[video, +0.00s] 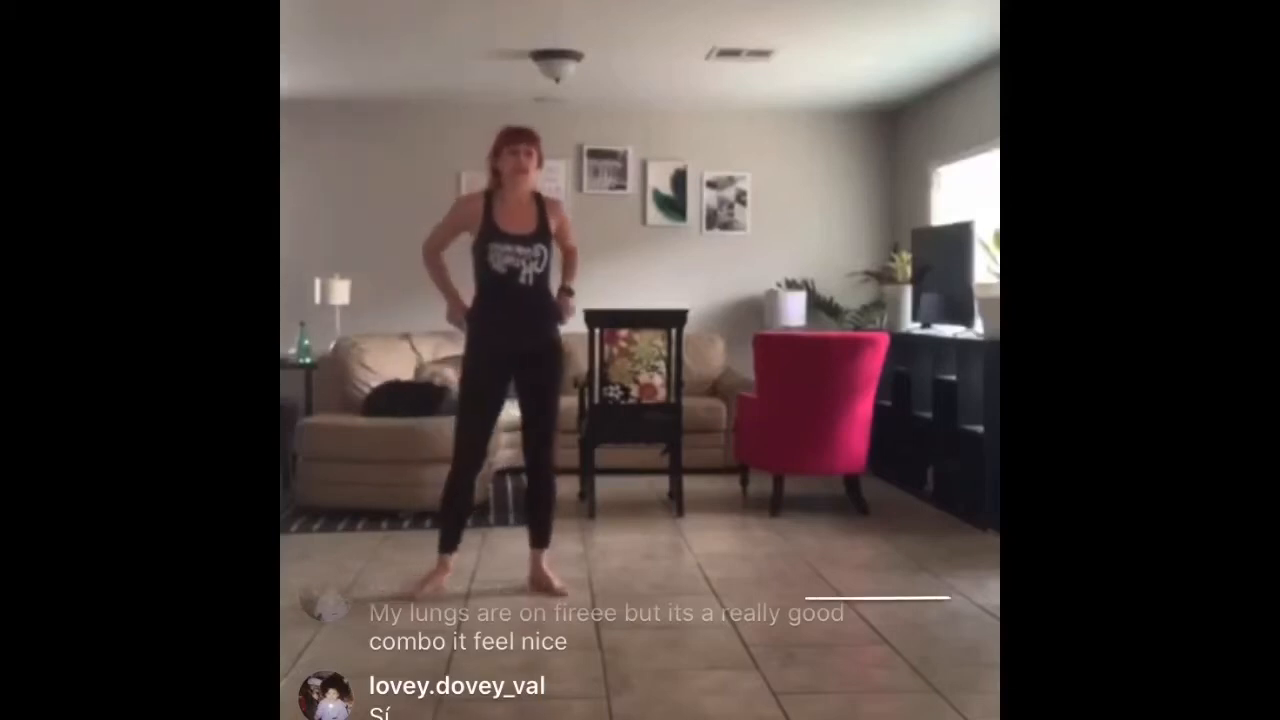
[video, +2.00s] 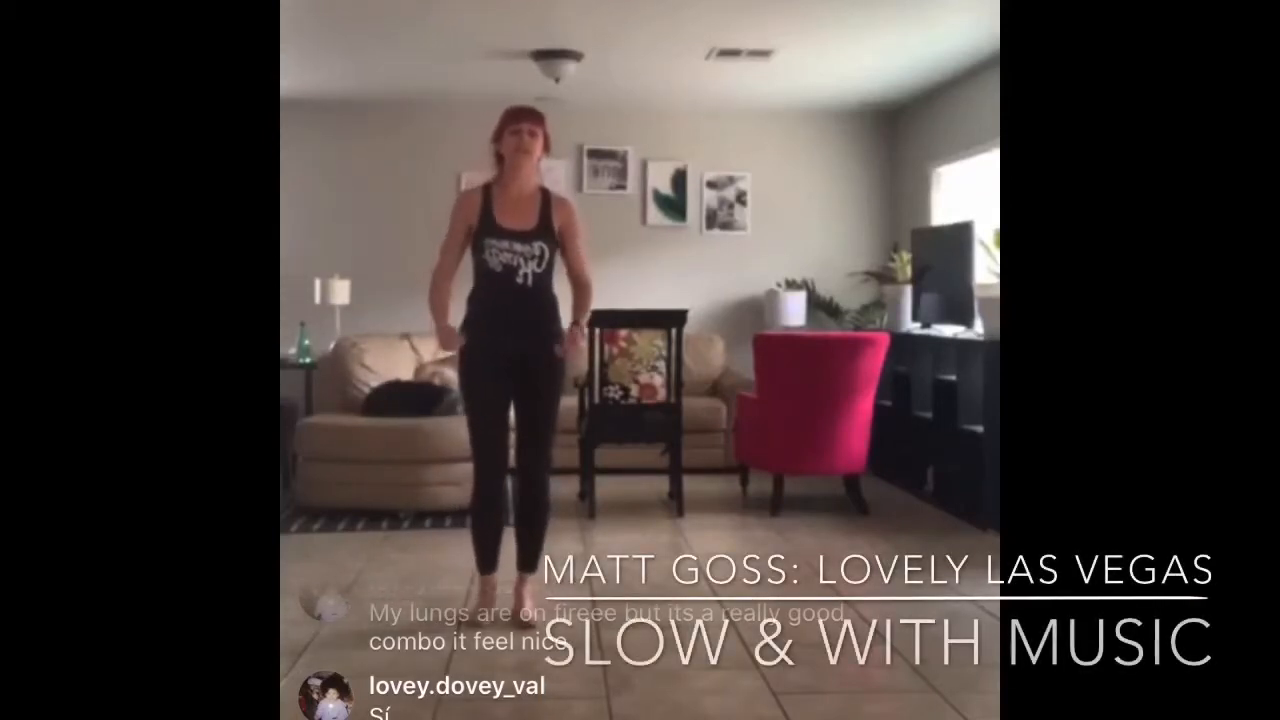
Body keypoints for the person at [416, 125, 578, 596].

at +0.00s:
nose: (519, 160)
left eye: (527, 154)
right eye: (511, 153)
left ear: (539, 164)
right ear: (496, 162)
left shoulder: (553, 212)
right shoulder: (474, 207)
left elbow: (570, 251)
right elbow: (432, 250)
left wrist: (566, 290)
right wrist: (453, 301)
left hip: (540, 339)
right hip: (489, 337)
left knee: (541, 454)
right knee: (467, 456)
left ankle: (539, 563)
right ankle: (443, 565)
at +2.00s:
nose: (523, 139)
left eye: (532, 134)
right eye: (515, 132)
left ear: (544, 149)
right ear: (498, 144)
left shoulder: (559, 208)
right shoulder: (473, 201)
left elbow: (581, 279)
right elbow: (444, 273)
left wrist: (578, 328)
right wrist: (442, 326)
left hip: (541, 344)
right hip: (484, 342)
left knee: (534, 465)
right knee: (489, 465)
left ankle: (527, 581)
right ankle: (486, 580)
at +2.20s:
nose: (524, 142)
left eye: (532, 136)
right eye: (515, 134)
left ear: (545, 150)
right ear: (498, 144)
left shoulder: (557, 209)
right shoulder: (472, 202)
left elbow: (564, 293)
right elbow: (450, 282)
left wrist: (558, 266)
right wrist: (472, 237)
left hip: (539, 345)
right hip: (483, 343)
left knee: (532, 467)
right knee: (487, 466)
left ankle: (527, 582)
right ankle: (486, 583)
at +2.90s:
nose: (507, 172)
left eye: (518, 167)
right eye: (499, 165)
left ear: (530, 181)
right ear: (484, 177)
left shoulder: (544, 232)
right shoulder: (463, 230)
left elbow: (582, 283)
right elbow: (421, 279)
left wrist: (553, 219)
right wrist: (449, 217)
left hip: (529, 367)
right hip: (474, 366)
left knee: (523, 479)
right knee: (478, 480)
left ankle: (521, 583)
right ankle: (490, 582)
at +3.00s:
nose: (509, 138)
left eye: (518, 132)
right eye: (500, 130)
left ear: (531, 145)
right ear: (484, 142)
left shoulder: (539, 200)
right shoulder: (462, 194)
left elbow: (578, 180)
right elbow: (418, 164)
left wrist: (550, 123)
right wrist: (448, 99)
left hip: (529, 347)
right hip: (471, 345)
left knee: (525, 467)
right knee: (475, 467)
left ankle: (524, 579)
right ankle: (488, 577)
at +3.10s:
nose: (506, 100)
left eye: (516, 94)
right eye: (497, 92)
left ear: (530, 106)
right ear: (479, 102)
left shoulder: (541, 158)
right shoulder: (462, 153)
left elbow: (564, 87)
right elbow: (434, 76)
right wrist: (440, 4)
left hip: (525, 306)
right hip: (466, 305)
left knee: (529, 434)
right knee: (474, 436)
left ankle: (533, 560)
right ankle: (473, 563)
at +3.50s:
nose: (491, 160)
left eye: (499, 153)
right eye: (482, 153)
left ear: (512, 166)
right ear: (463, 165)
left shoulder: (526, 217)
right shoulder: (444, 217)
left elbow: (584, 177)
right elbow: (425, 162)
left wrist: (550, 118)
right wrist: (456, 98)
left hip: (513, 362)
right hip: (455, 361)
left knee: (516, 479)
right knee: (450, 479)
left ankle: (503, 593)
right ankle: (477, 586)